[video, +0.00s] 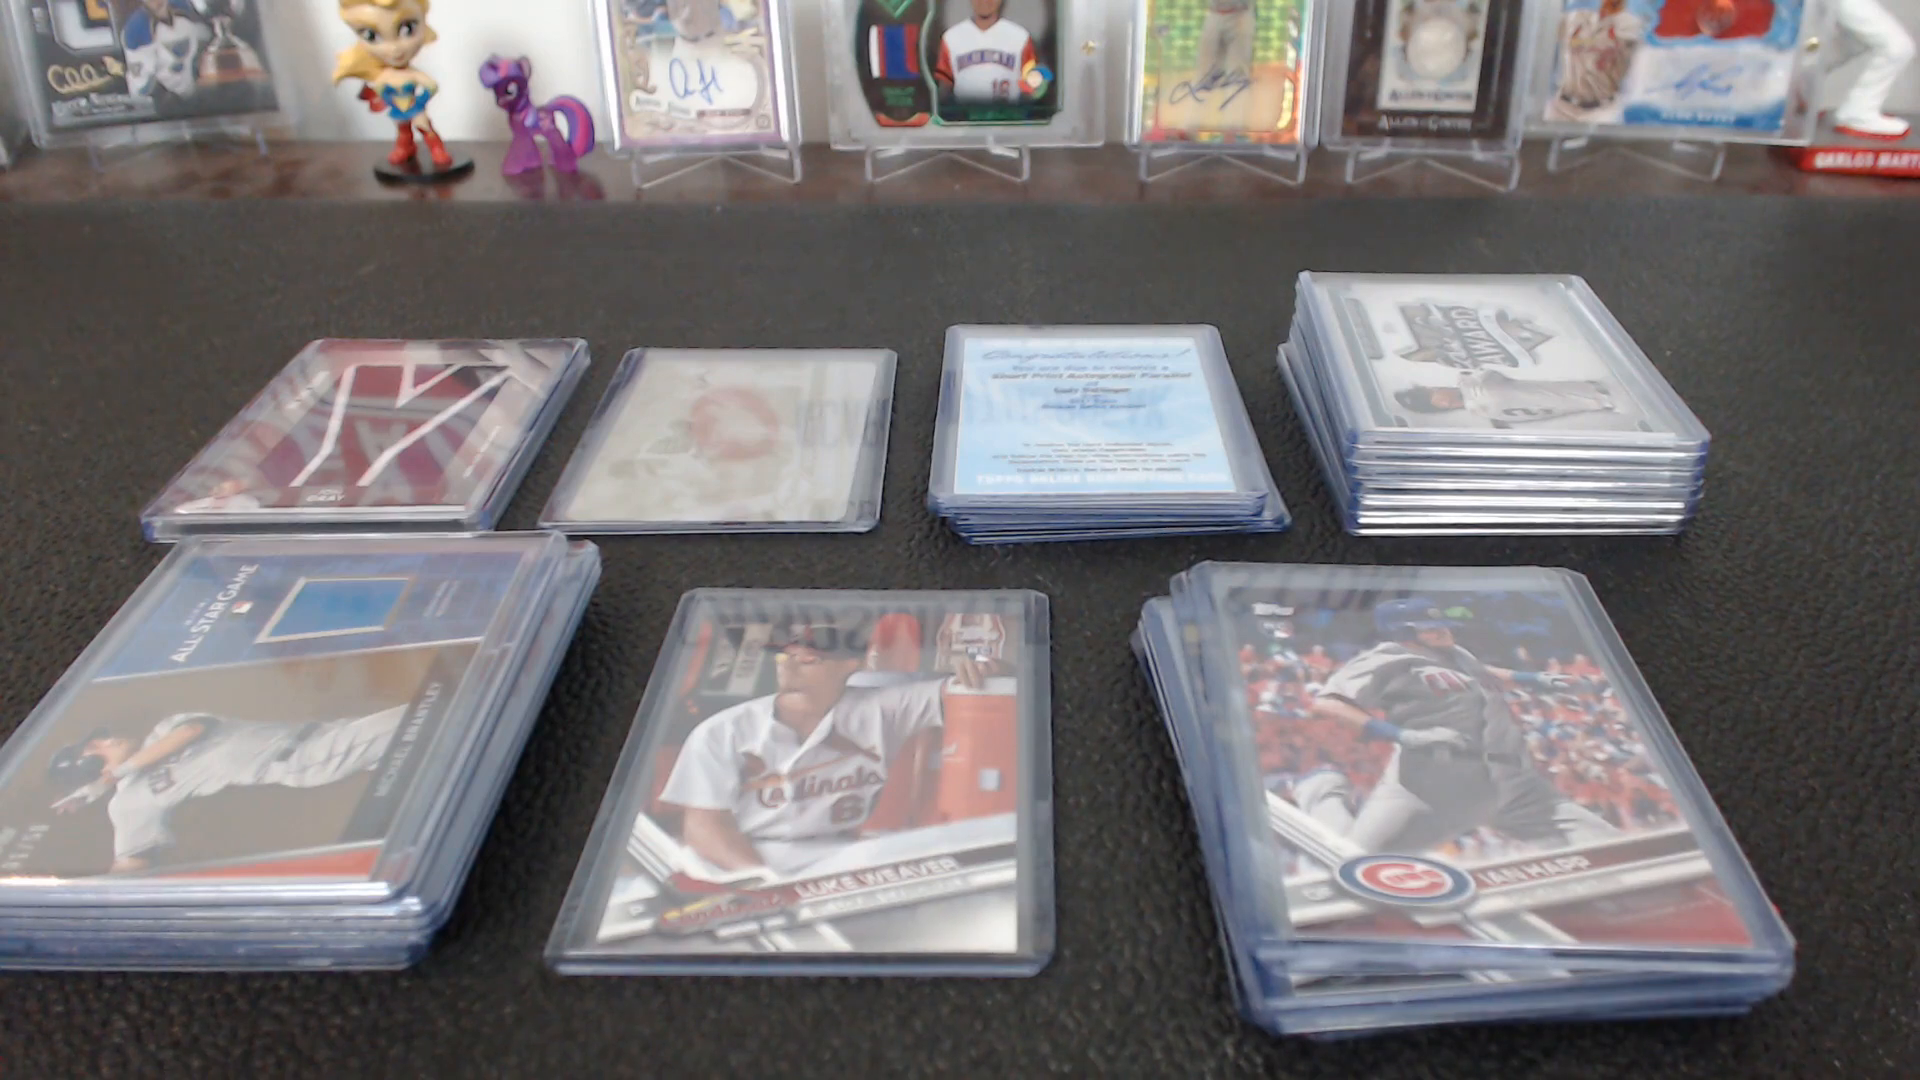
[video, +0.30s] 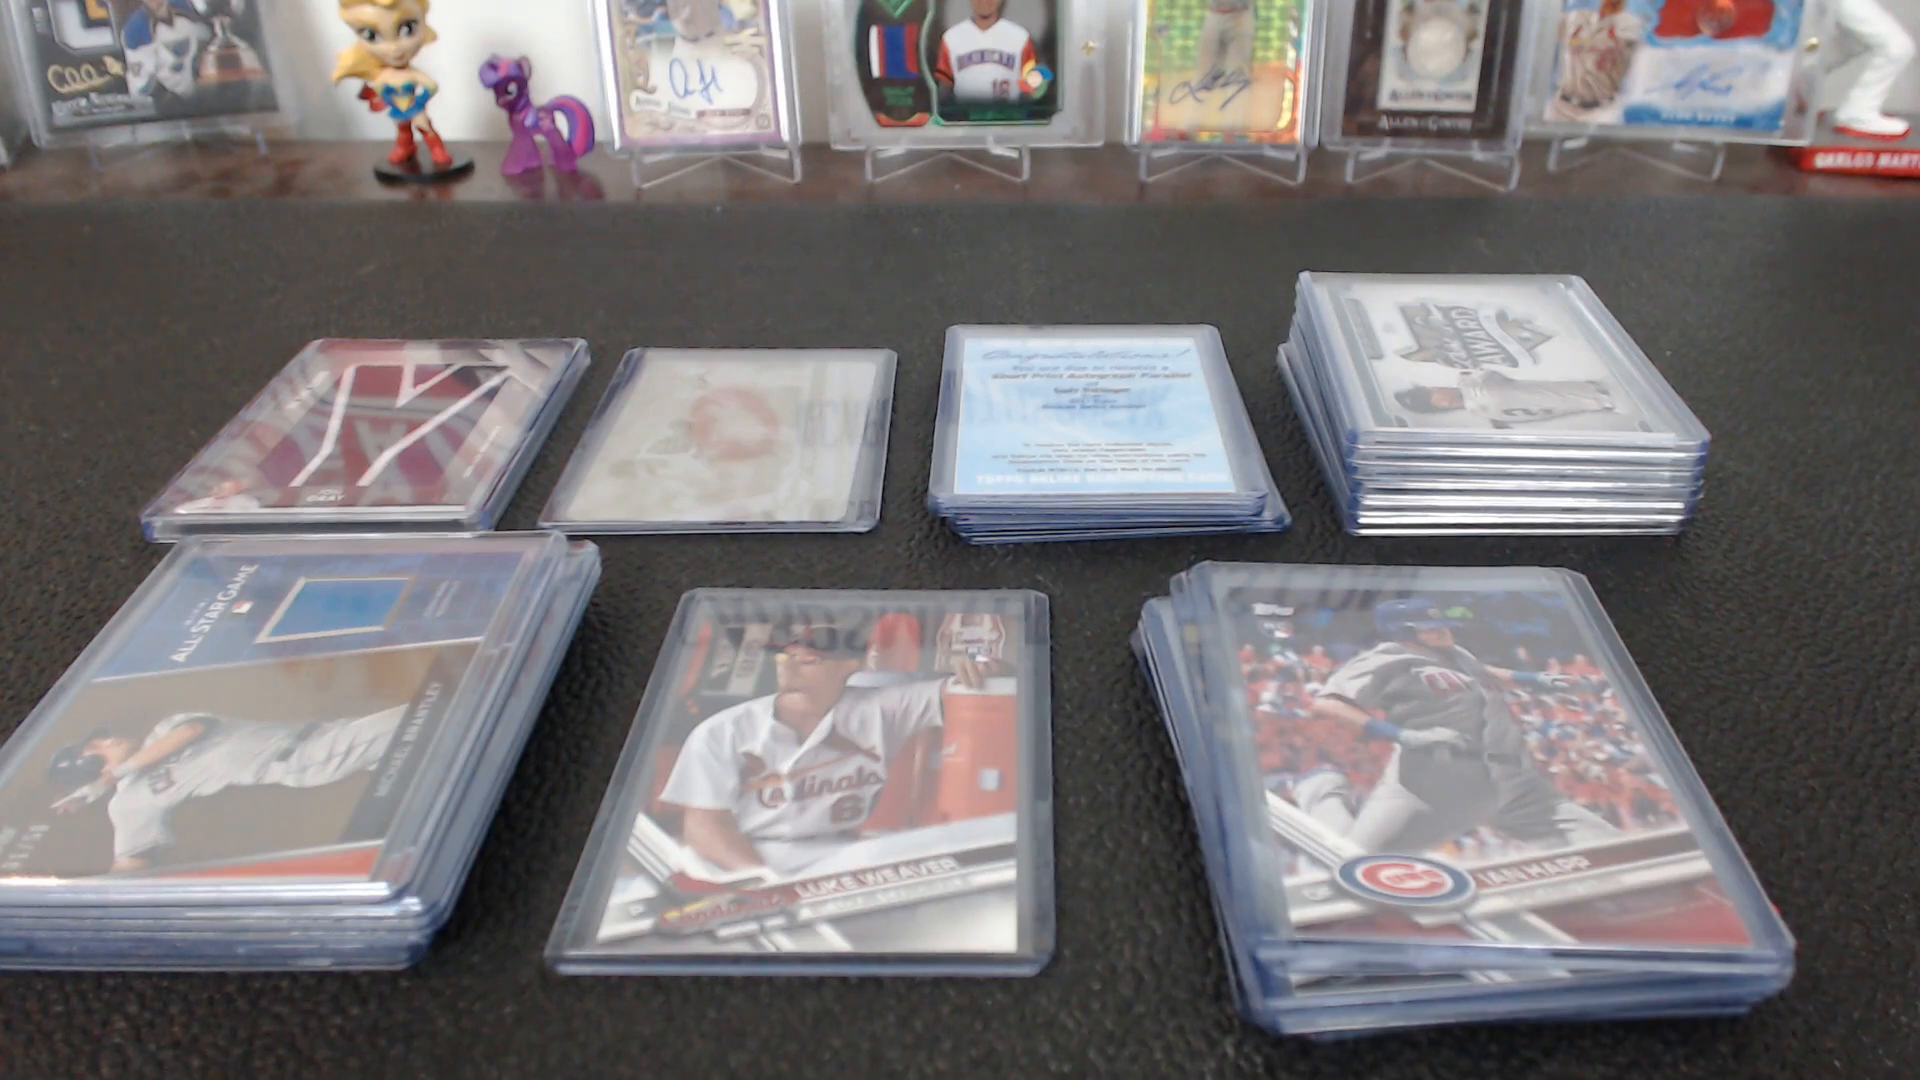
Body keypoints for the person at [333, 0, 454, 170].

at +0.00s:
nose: (393, 49)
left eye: (407, 29)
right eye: (371, 36)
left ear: (424, 26)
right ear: (358, 36)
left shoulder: (414, 75)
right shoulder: (378, 74)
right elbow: (369, 86)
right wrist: (375, 99)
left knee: (421, 121)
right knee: (401, 121)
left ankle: (436, 148)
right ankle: (405, 146)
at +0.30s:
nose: (393, 49)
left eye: (407, 29)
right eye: (371, 35)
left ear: (424, 26)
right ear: (357, 37)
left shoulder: (414, 74)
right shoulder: (378, 74)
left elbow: (427, 86)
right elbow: (369, 87)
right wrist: (375, 99)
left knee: (421, 122)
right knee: (401, 123)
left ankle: (437, 148)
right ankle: (405, 146)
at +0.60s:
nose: (393, 49)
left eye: (407, 29)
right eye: (371, 35)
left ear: (424, 26)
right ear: (357, 37)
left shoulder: (414, 75)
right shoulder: (378, 74)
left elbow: (426, 86)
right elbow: (369, 88)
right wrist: (375, 99)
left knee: (421, 122)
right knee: (401, 123)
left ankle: (437, 148)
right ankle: (405, 146)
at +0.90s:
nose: (393, 49)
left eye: (407, 29)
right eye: (371, 35)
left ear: (424, 26)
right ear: (357, 36)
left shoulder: (414, 74)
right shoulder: (378, 74)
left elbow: (426, 86)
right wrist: (375, 99)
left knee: (421, 121)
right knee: (401, 122)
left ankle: (437, 148)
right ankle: (405, 146)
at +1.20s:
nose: (394, 50)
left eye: (407, 29)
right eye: (371, 35)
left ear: (424, 26)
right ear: (358, 36)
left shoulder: (414, 74)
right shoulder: (379, 74)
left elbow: (427, 86)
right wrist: (375, 99)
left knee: (422, 122)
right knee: (401, 123)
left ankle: (436, 148)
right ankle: (405, 147)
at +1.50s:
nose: (394, 50)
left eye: (407, 30)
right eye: (371, 35)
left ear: (424, 27)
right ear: (357, 36)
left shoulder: (414, 74)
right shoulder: (378, 74)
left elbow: (427, 86)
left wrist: (419, 108)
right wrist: (375, 99)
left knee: (422, 122)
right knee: (401, 123)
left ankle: (436, 148)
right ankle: (405, 147)